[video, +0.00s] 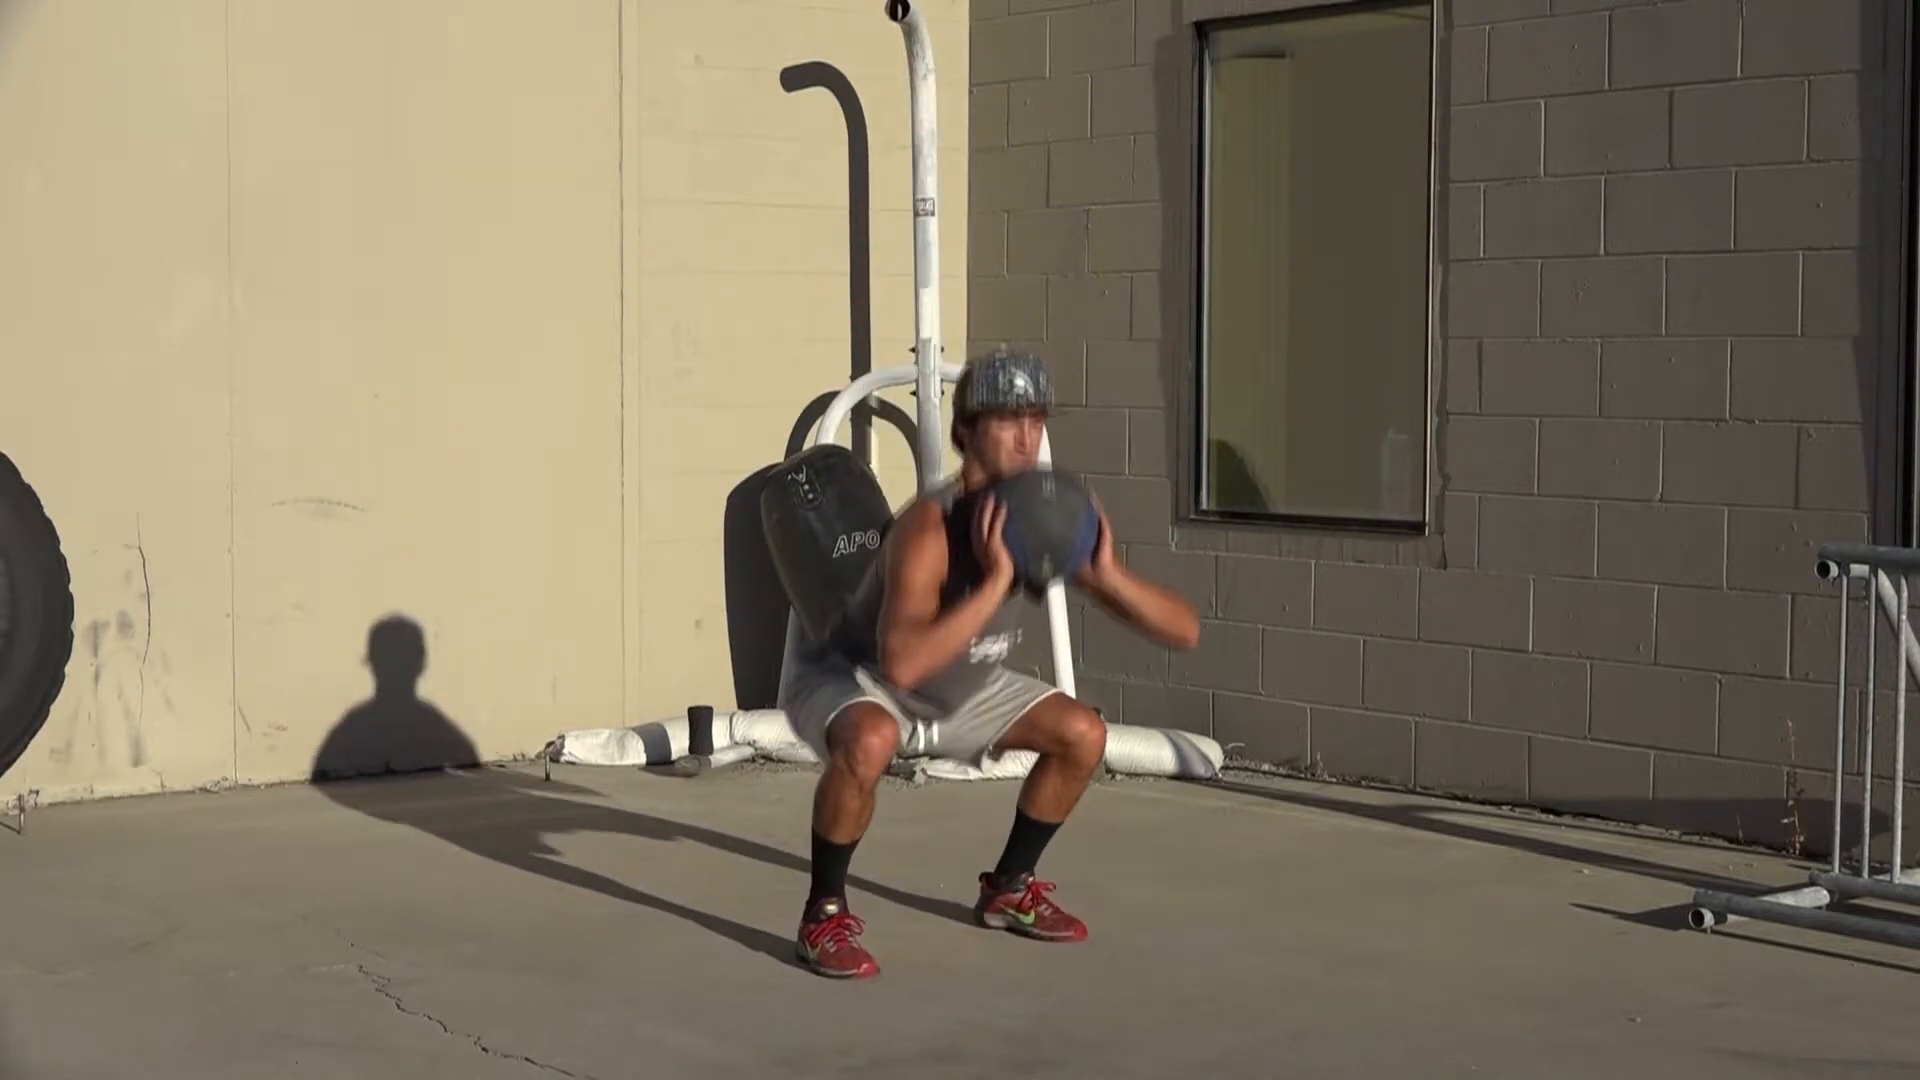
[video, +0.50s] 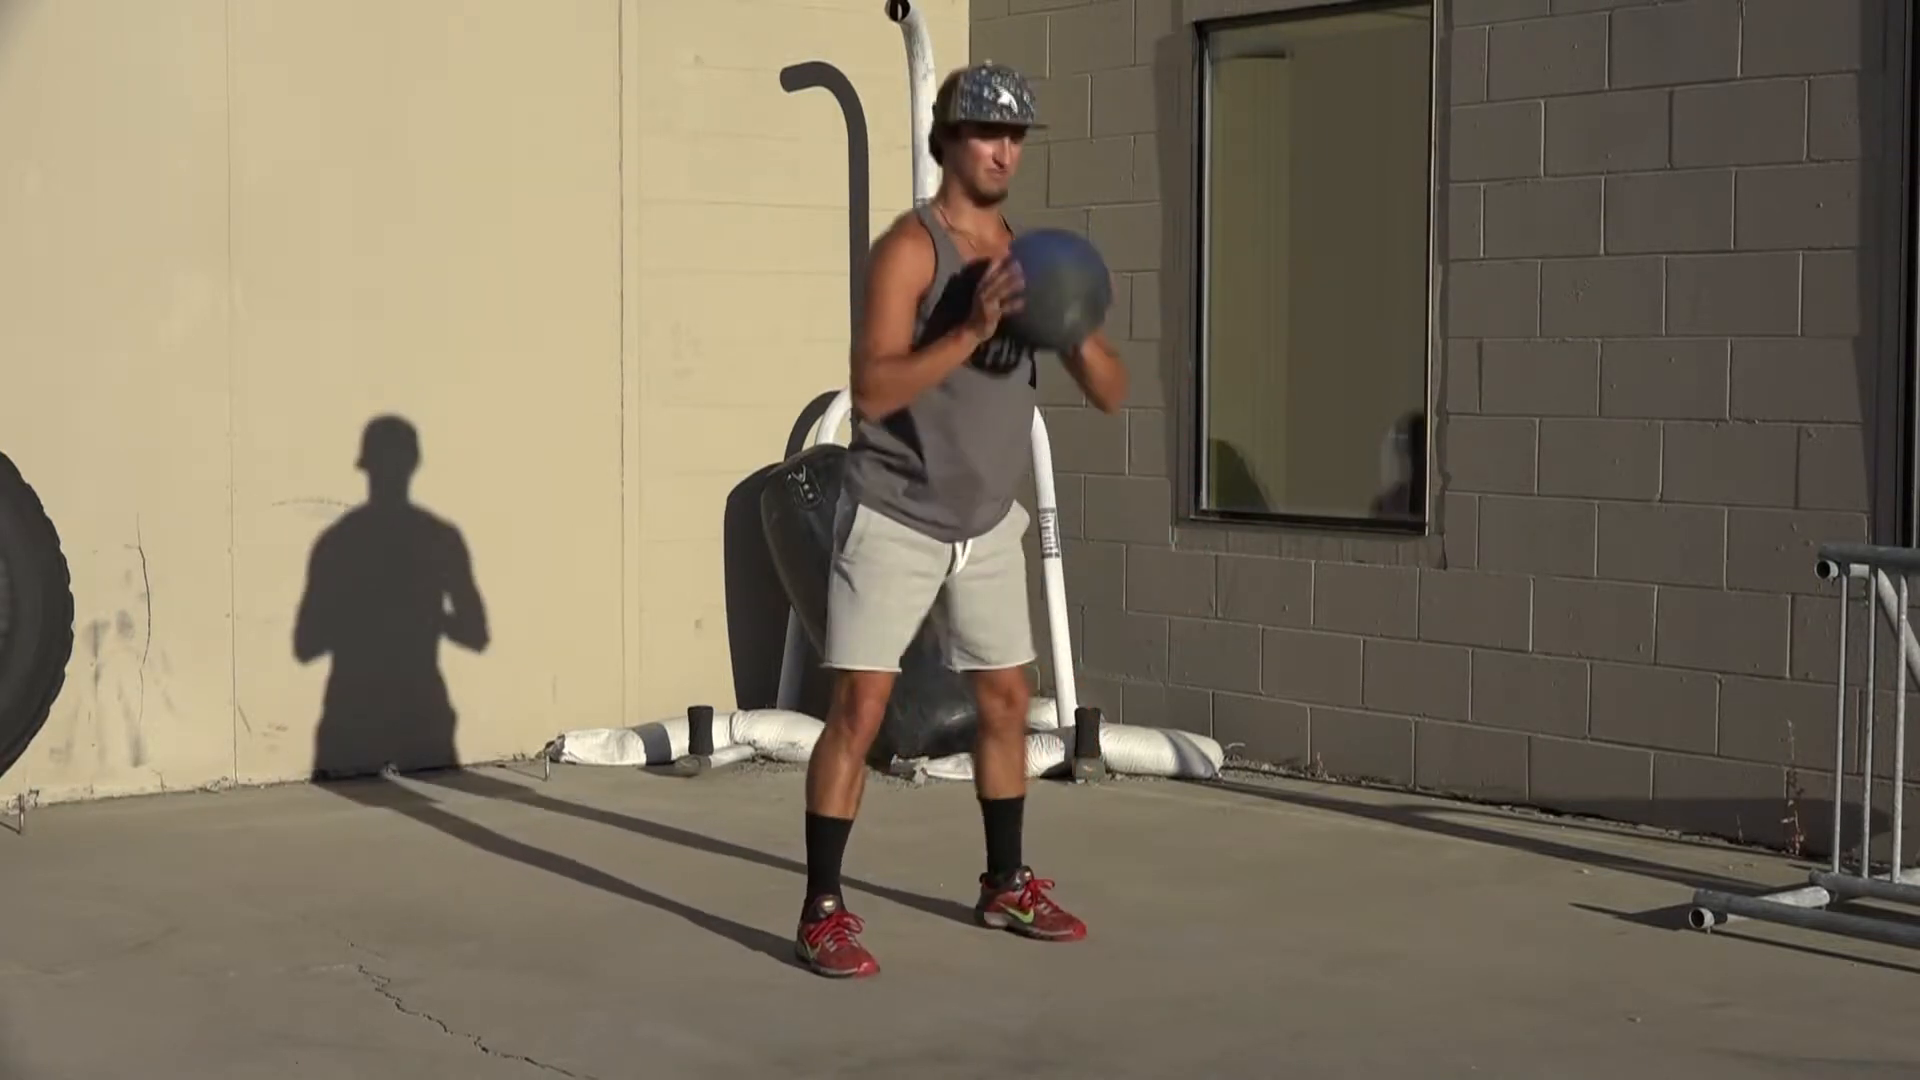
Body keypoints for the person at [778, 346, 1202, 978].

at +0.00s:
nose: (1025, 436)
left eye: (1035, 421)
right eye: (1007, 420)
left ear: (1045, 430)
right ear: (966, 433)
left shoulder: (1055, 515)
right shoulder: (927, 524)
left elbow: (1184, 629)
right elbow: (903, 665)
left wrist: (1106, 575)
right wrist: (997, 581)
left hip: (955, 677)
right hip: (851, 674)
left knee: (1081, 735)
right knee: (869, 739)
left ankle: (1009, 889)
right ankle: (825, 914)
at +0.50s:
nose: (1001, 150)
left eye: (1012, 137)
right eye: (983, 134)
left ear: (1024, 151)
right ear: (945, 143)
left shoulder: (1030, 258)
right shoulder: (906, 251)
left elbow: (1112, 393)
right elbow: (871, 393)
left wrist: (1066, 314)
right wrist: (973, 330)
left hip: (992, 522)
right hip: (894, 517)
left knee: (1004, 700)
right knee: (860, 710)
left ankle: (1006, 886)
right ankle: (822, 910)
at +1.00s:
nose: (1039, 257)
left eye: (1051, 242)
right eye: (1023, 239)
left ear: (1061, 250)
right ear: (981, 240)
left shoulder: (1057, 350)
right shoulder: (920, 342)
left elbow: (1059, 503)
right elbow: (915, 510)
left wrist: (1058, 638)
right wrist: (959, 634)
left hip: (953, 526)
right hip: (851, 525)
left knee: (1019, 682)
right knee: (853, 706)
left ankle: (1007, 882)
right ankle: (821, 910)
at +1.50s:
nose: (1079, 503)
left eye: (1088, 487)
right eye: (1062, 485)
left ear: (1096, 493)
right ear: (1015, 483)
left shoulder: (1076, 573)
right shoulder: (942, 563)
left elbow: (1050, 717)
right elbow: (933, 723)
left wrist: (1032, 856)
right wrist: (941, 860)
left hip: (928, 622)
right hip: (826, 603)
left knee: (1043, 714)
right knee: (873, 725)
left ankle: (1014, 880)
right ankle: (824, 910)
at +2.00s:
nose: (1032, 222)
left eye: (1043, 206)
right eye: (1013, 207)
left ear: (1057, 220)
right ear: (977, 223)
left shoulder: (1074, 334)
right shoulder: (934, 333)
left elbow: (1056, 472)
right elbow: (884, 472)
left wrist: (1047, 595)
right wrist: (947, 575)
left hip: (982, 541)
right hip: (876, 532)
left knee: (1040, 702)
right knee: (868, 715)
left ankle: (1009, 883)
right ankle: (823, 911)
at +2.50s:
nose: (991, 238)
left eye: (1000, 222)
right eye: (972, 224)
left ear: (1013, 231)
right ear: (936, 239)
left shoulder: (1027, 336)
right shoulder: (906, 339)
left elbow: (1139, 466)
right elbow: (890, 468)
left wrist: (1093, 376)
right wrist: (991, 388)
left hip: (970, 581)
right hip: (869, 575)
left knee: (1061, 722)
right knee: (868, 732)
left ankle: (1007, 887)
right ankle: (825, 912)